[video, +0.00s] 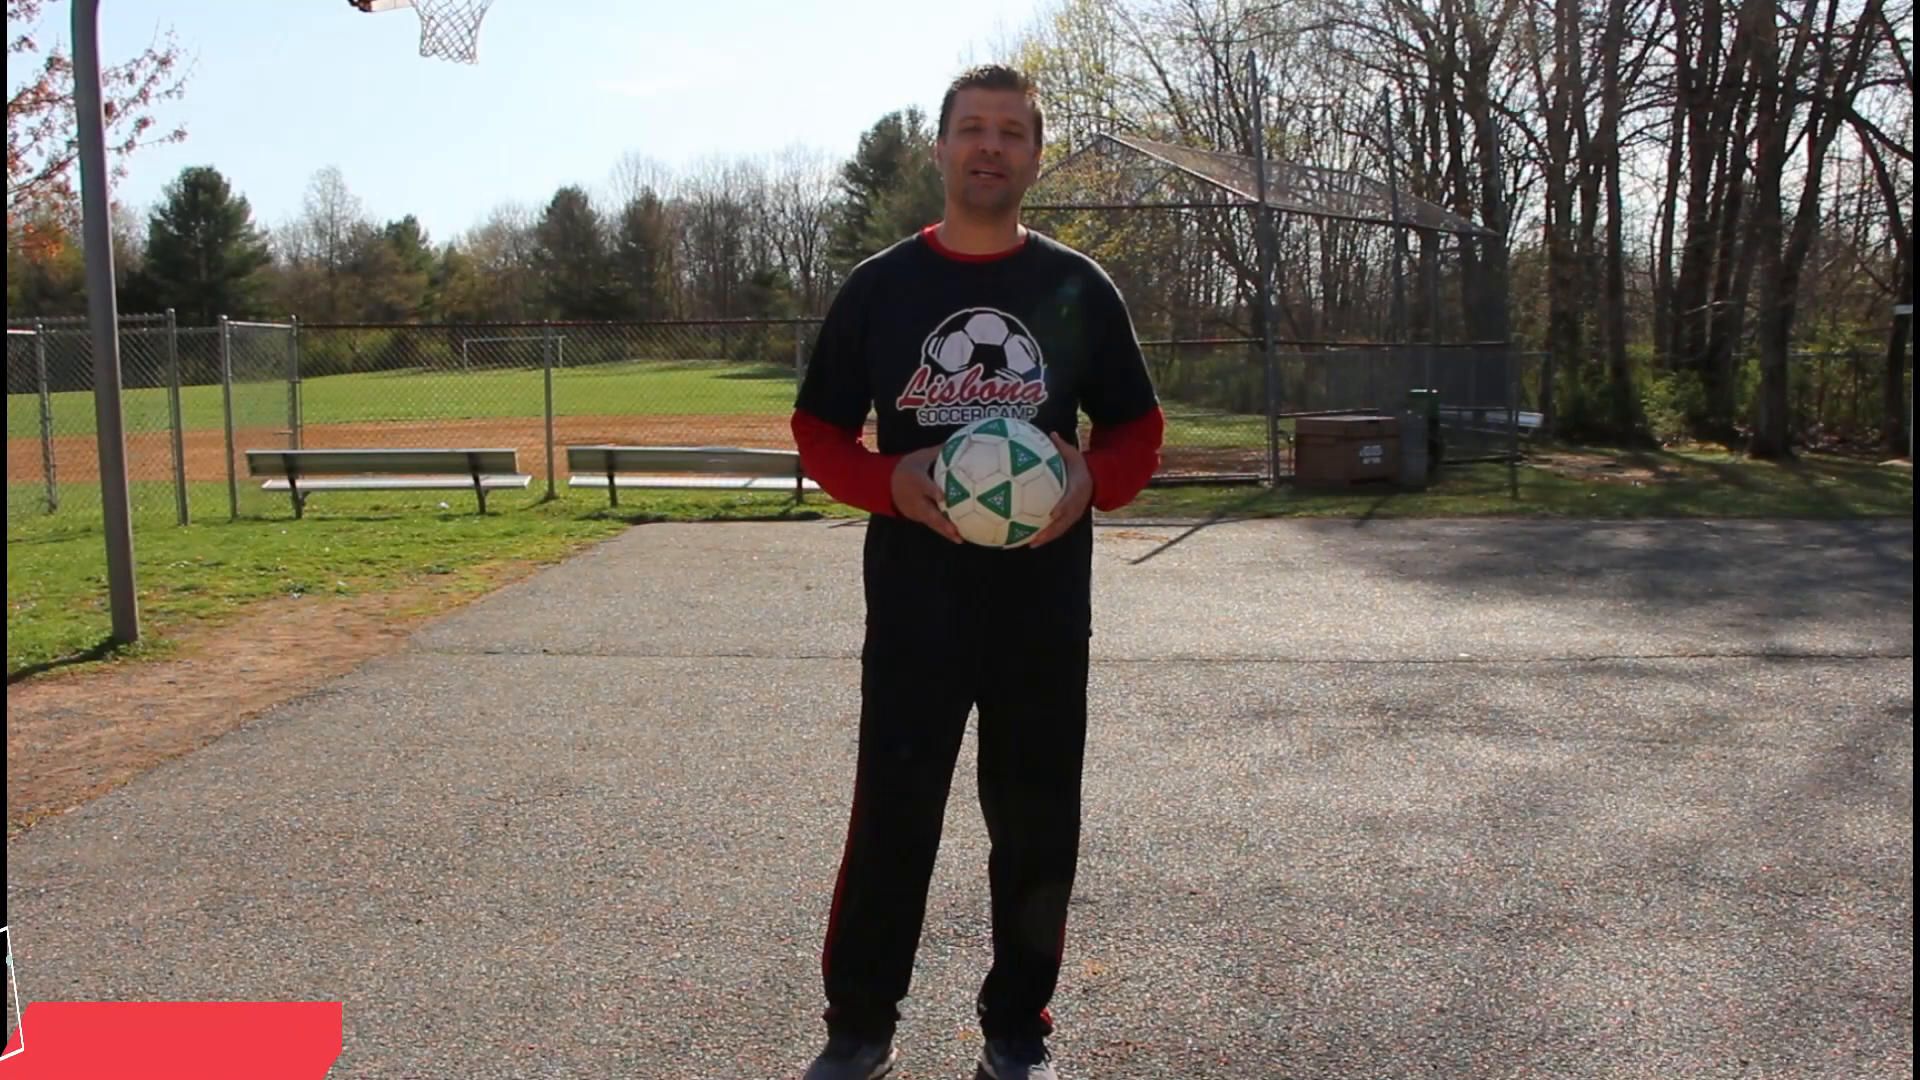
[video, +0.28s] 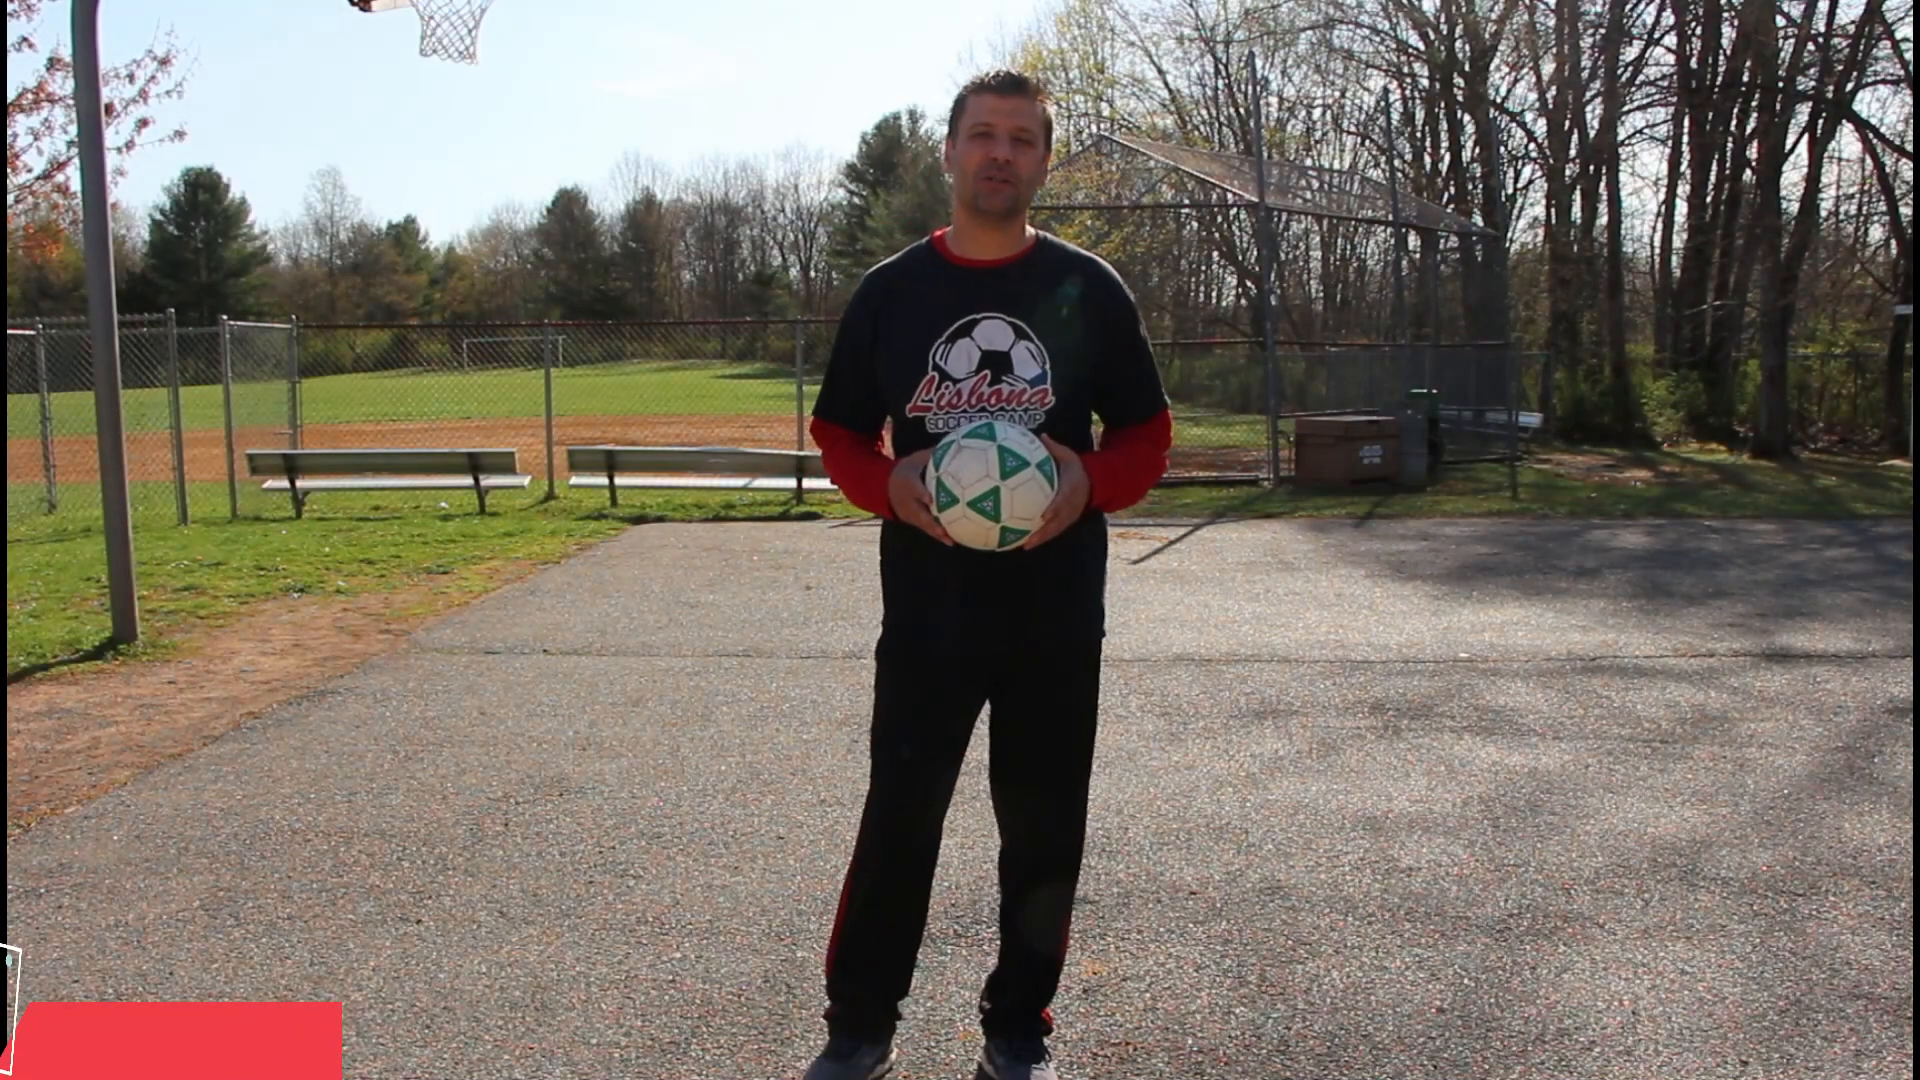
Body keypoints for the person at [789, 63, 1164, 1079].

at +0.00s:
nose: (991, 148)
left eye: (1012, 133)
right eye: (973, 130)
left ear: (1038, 156)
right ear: (942, 149)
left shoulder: (1081, 288)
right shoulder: (876, 287)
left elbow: (1137, 423)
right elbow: (817, 433)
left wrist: (1093, 477)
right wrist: (883, 483)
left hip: (1044, 593)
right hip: (916, 590)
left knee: (1039, 820)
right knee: (893, 812)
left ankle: (1018, 1036)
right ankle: (857, 1029)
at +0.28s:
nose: (1001, 155)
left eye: (1022, 140)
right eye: (983, 136)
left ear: (1046, 161)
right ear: (950, 151)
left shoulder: (1090, 289)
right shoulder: (889, 290)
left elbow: (1148, 429)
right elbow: (838, 427)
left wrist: (1093, 479)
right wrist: (887, 487)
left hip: (1055, 600)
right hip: (929, 596)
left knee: (1045, 824)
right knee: (899, 815)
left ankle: (1019, 1032)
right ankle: (858, 1028)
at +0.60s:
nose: (997, 155)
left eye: (1018, 139)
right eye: (978, 137)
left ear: (1045, 158)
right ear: (948, 154)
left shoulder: (1095, 288)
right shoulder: (895, 292)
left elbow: (1158, 427)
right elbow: (845, 425)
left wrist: (1098, 478)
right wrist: (888, 483)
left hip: (1058, 598)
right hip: (932, 594)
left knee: (1047, 822)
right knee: (899, 814)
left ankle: (1019, 1031)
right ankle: (857, 1028)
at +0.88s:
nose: (996, 152)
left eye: (1017, 137)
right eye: (977, 135)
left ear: (1043, 157)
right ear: (947, 153)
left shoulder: (1092, 287)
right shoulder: (893, 290)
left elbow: (1151, 429)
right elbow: (841, 425)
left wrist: (1094, 482)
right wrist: (886, 488)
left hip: (1055, 596)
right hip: (929, 592)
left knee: (1045, 820)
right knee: (897, 812)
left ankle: (1020, 1029)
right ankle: (858, 1026)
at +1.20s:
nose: (980, 139)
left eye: (1003, 126)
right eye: (962, 123)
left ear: (1030, 155)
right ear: (933, 146)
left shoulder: (1078, 283)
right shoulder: (873, 287)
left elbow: (1140, 434)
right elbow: (816, 429)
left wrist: (1075, 446)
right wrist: (865, 448)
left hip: (1040, 591)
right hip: (912, 588)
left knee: (1037, 821)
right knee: (888, 812)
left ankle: (1018, 1035)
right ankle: (857, 1028)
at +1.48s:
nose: (959, 139)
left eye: (981, 126)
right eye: (939, 123)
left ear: (1006, 152)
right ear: (909, 145)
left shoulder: (1050, 282)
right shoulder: (849, 287)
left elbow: (1112, 424)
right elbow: (799, 422)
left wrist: (1056, 467)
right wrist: (846, 474)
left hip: (1015, 595)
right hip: (887, 596)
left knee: (1024, 821)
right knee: (874, 817)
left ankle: (1019, 1034)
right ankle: (857, 1029)